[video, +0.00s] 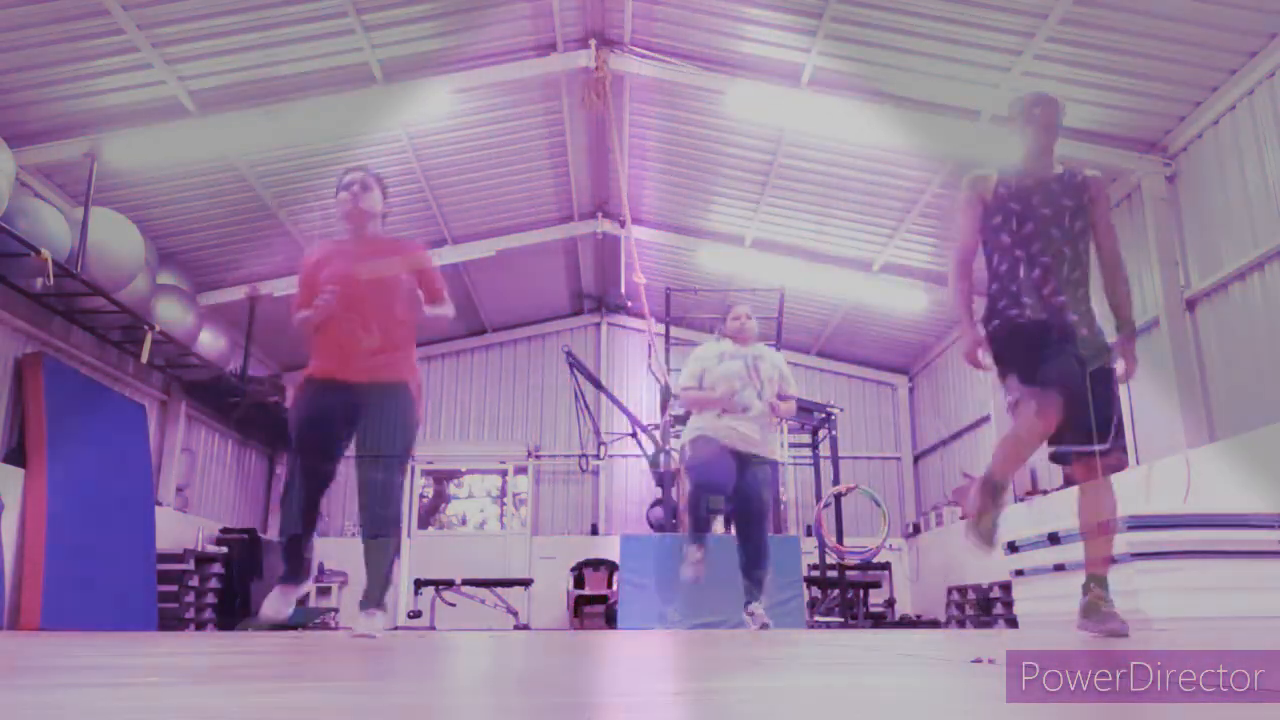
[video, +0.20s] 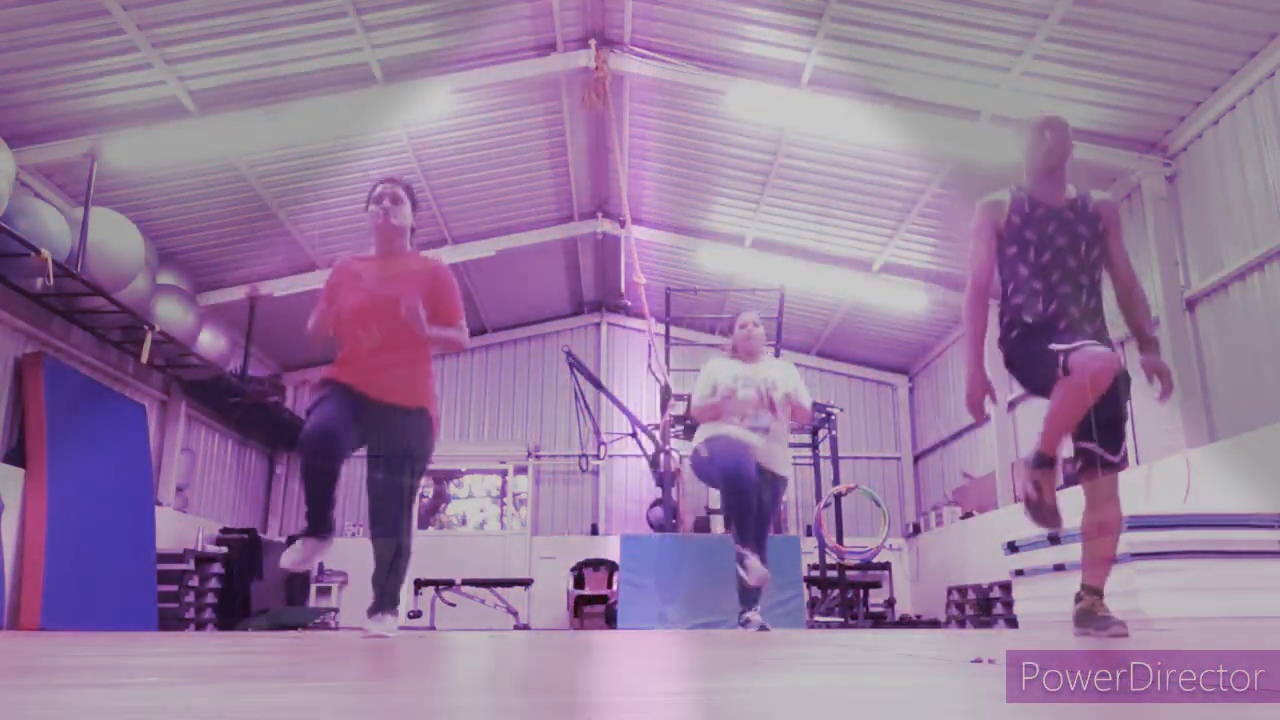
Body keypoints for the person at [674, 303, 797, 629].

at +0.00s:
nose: (742, 322)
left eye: (748, 318)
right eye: (735, 318)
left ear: (757, 326)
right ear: (724, 327)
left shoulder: (773, 358)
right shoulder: (707, 352)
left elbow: (790, 404)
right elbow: (684, 395)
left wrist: (781, 407)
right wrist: (717, 398)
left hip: (757, 444)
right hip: (710, 435)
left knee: (756, 522)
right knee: (712, 478)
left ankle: (753, 600)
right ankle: (697, 544)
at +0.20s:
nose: (750, 330)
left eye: (756, 325)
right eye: (743, 326)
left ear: (766, 334)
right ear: (732, 337)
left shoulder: (784, 369)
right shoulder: (716, 366)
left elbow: (806, 416)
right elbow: (696, 412)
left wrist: (785, 406)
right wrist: (727, 402)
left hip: (768, 456)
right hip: (721, 445)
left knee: (755, 534)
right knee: (739, 463)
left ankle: (750, 609)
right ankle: (747, 548)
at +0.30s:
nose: (753, 323)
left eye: (759, 317)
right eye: (745, 318)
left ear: (768, 325)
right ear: (734, 328)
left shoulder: (788, 357)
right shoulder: (719, 357)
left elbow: (808, 410)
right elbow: (696, 406)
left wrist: (786, 396)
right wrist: (725, 399)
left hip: (773, 450)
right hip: (725, 439)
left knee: (753, 527)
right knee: (754, 492)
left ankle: (744, 607)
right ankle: (759, 579)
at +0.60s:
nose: (758, 341)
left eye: (763, 335)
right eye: (752, 335)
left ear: (773, 336)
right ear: (741, 338)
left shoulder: (793, 367)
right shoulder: (728, 368)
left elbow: (815, 416)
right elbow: (714, 418)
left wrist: (794, 410)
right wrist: (747, 408)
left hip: (789, 470)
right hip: (744, 466)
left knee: (782, 539)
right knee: (767, 527)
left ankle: (744, 587)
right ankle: (760, 609)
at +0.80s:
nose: (770, 323)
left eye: (775, 318)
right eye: (762, 319)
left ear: (784, 327)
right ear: (751, 329)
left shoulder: (801, 360)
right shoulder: (735, 361)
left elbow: (822, 404)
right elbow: (719, 409)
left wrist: (806, 420)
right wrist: (756, 408)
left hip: (793, 457)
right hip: (749, 462)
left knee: (838, 469)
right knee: (778, 526)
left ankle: (802, 527)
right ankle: (778, 604)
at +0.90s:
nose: (775, 335)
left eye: (780, 331)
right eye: (769, 330)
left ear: (787, 341)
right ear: (754, 340)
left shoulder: (801, 377)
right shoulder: (738, 376)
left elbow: (824, 417)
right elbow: (724, 423)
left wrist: (823, 416)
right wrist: (759, 416)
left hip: (801, 459)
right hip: (759, 469)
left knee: (843, 471)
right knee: (781, 536)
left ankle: (831, 542)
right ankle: (783, 610)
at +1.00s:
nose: (778, 325)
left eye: (783, 321)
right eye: (771, 320)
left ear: (792, 330)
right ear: (758, 330)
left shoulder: (809, 365)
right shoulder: (741, 365)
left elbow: (831, 412)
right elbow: (727, 411)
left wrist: (821, 410)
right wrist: (761, 405)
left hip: (809, 449)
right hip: (762, 456)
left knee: (839, 486)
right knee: (778, 532)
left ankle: (835, 569)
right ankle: (781, 607)